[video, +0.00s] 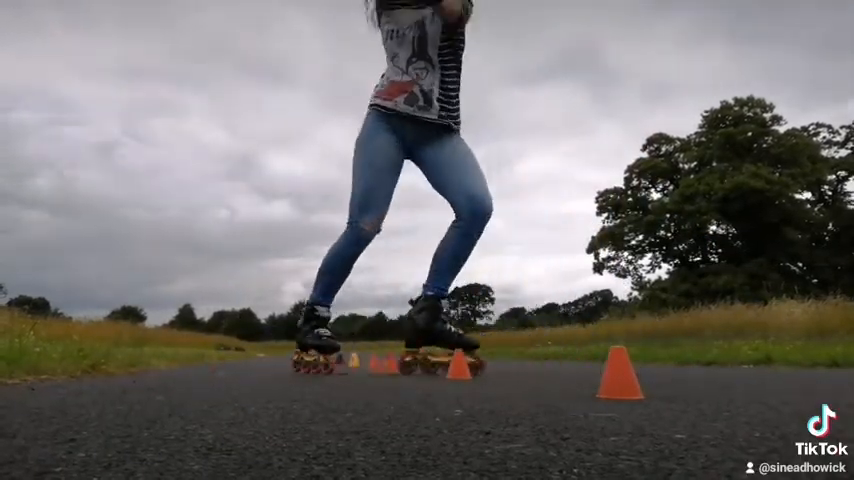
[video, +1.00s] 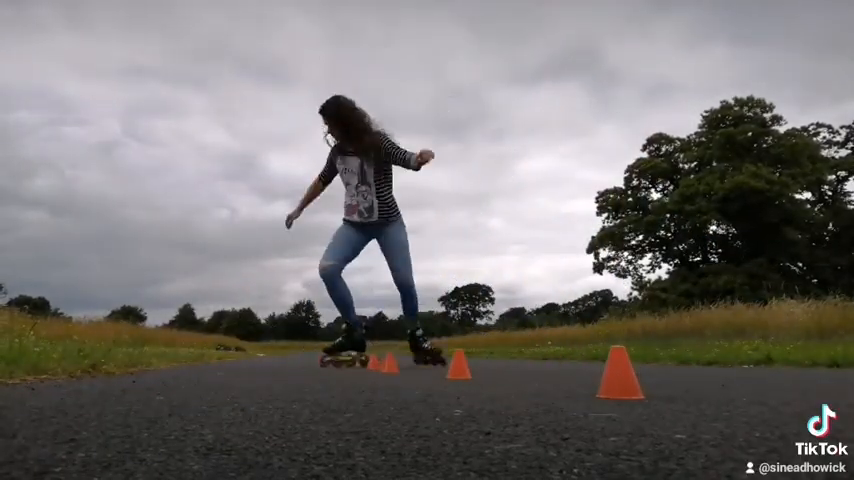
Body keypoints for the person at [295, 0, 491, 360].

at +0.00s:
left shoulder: (457, 7)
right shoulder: (385, 5)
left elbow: (454, 12)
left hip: (439, 130)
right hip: (385, 121)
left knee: (477, 208)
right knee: (364, 225)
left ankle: (426, 314)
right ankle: (313, 320)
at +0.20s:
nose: (364, 34)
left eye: (370, 25)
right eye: (358, 26)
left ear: (390, 12)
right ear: (352, 19)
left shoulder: (413, 28)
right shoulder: (365, 47)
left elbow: (424, 77)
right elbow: (359, 107)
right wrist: (329, 158)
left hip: (410, 156)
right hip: (364, 155)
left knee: (389, 226)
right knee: (350, 242)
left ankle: (343, 314)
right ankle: (366, 320)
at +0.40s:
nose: (347, 48)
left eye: (349, 39)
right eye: (342, 41)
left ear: (366, 27)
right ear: (341, 37)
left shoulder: (404, 57)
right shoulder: (355, 68)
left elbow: (437, 107)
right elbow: (324, 113)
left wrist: (477, 158)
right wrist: (275, 138)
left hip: (401, 166)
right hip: (365, 170)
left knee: (352, 231)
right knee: (385, 258)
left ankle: (347, 329)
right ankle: (416, 326)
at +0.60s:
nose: (343, 69)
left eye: (345, 61)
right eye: (341, 62)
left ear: (364, 58)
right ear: (361, 61)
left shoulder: (409, 83)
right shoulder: (359, 93)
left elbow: (446, 119)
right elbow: (327, 124)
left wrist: (487, 148)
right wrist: (289, 132)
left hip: (408, 178)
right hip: (377, 183)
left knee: (387, 253)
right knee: (368, 260)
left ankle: (413, 332)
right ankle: (407, 319)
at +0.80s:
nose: (347, 108)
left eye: (349, 102)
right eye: (346, 103)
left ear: (365, 97)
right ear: (357, 100)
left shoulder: (404, 120)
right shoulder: (358, 132)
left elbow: (446, 141)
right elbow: (325, 157)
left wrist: (485, 151)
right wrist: (283, 173)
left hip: (411, 206)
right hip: (380, 212)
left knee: (415, 272)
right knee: (342, 268)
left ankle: (445, 333)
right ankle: (366, 335)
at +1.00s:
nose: (328, 130)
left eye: (330, 124)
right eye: (327, 125)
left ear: (344, 122)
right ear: (339, 124)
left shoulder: (377, 142)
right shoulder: (338, 151)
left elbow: (402, 157)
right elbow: (322, 180)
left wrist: (418, 159)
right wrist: (299, 209)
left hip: (389, 223)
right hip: (355, 225)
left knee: (405, 282)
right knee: (328, 269)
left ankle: (416, 340)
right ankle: (355, 333)